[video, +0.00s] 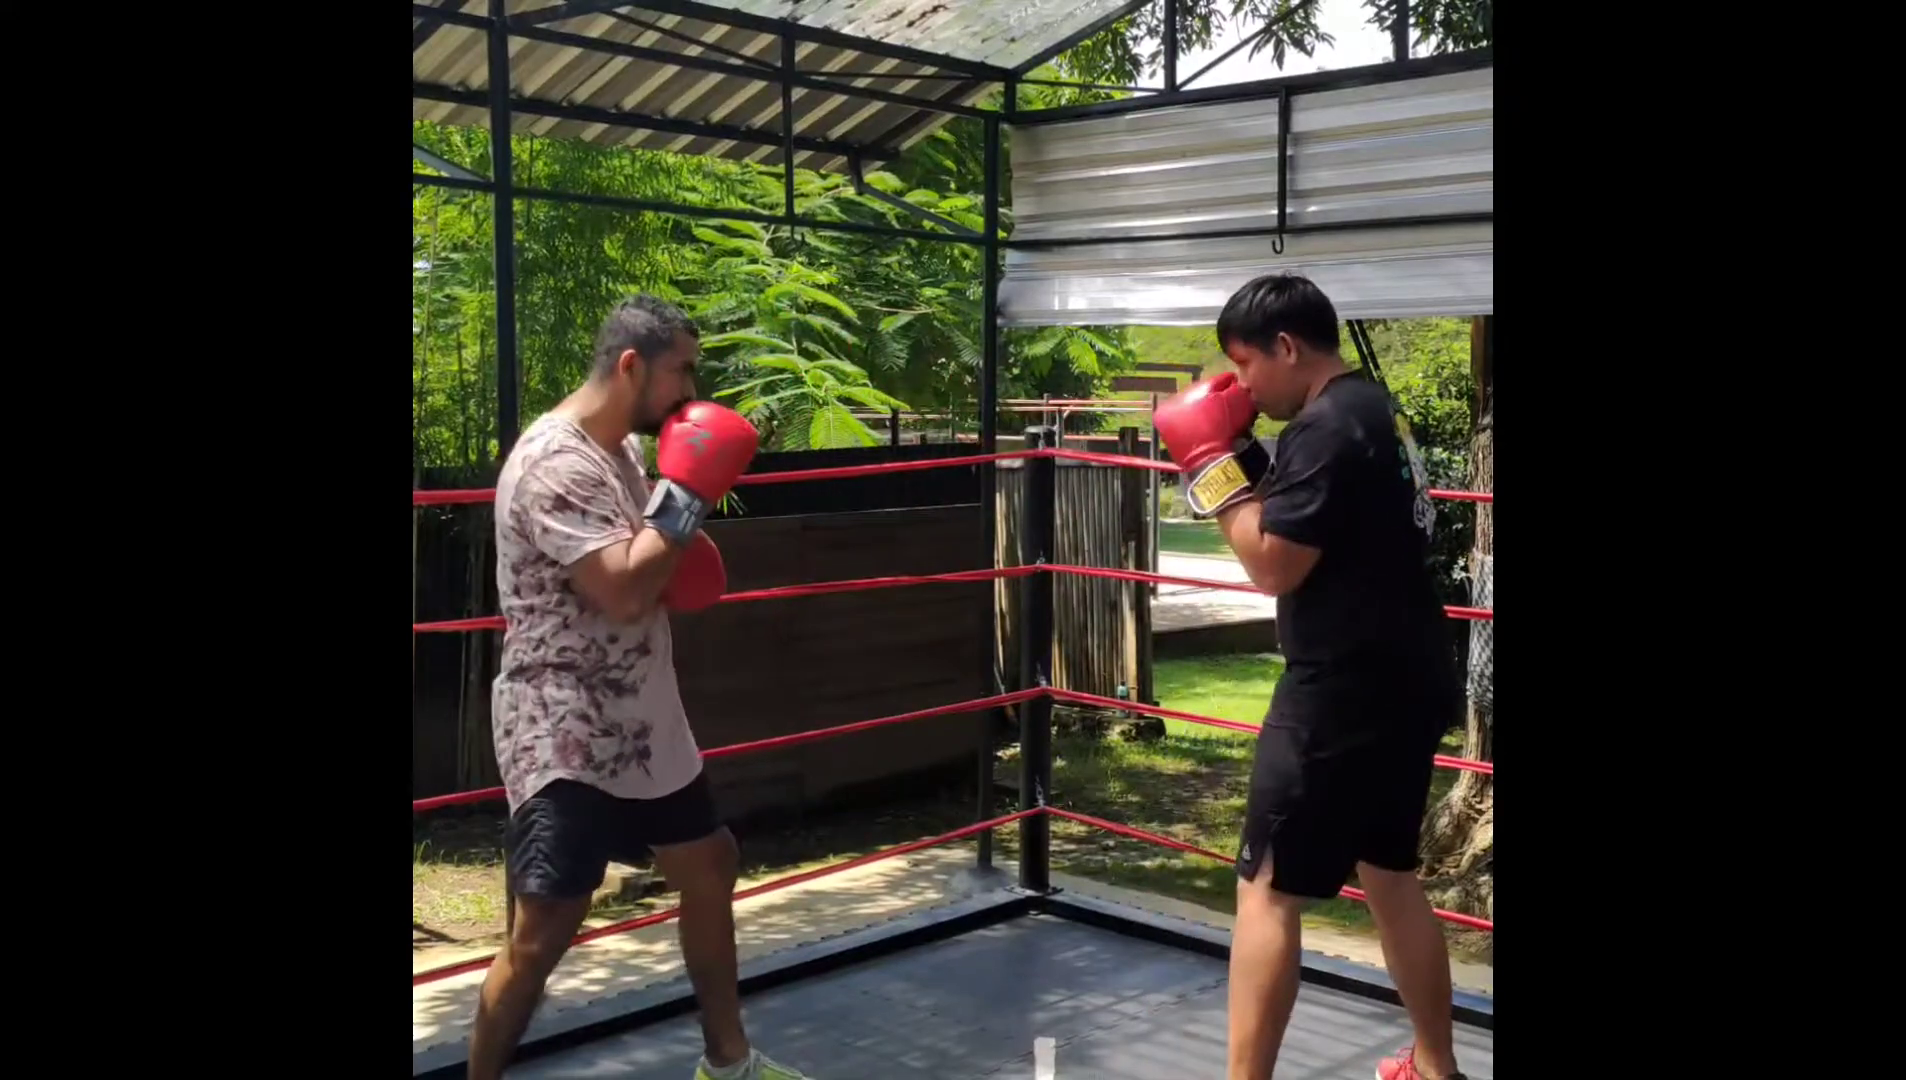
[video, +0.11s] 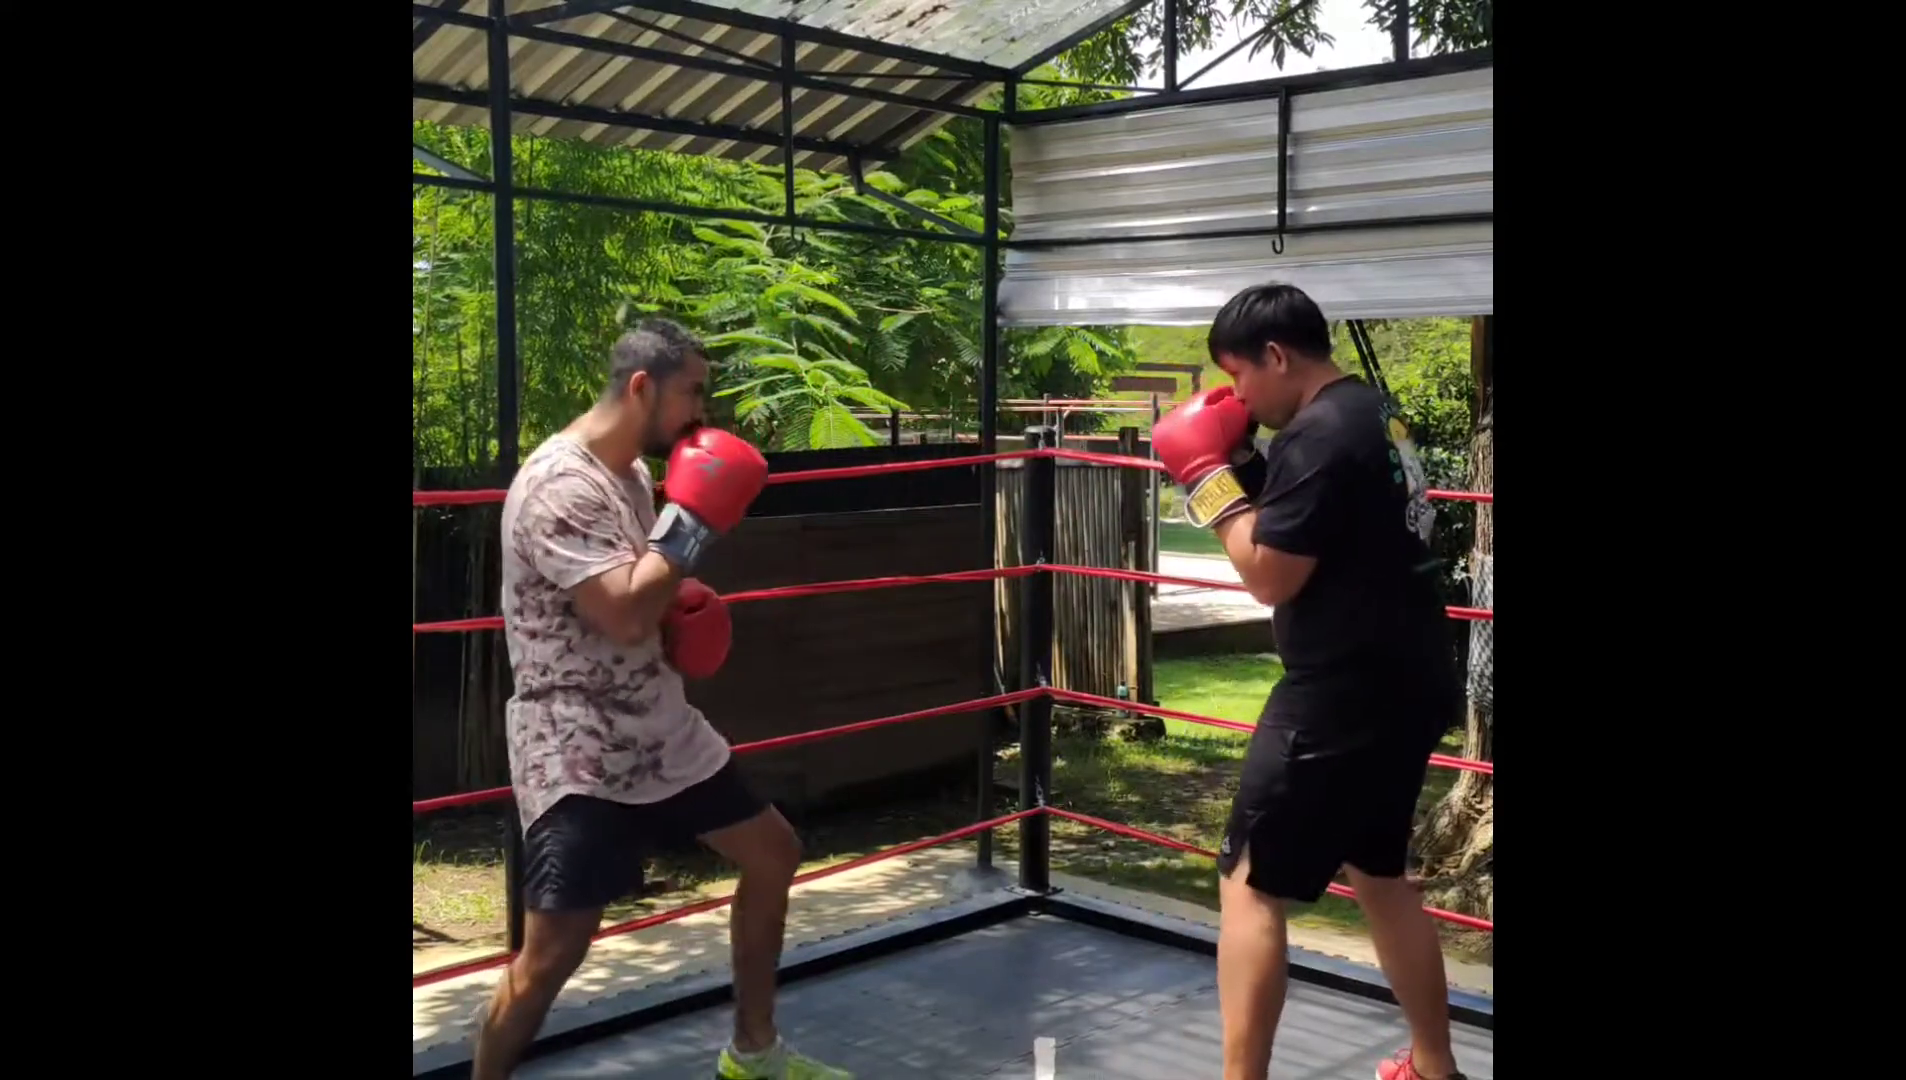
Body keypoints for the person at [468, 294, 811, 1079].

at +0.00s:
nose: (691, 391)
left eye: (695, 373)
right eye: (683, 370)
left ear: (630, 369)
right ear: (631, 365)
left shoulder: (627, 455)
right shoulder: (551, 461)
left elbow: (623, 590)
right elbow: (619, 593)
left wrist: (672, 583)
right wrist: (683, 493)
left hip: (646, 725)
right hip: (565, 735)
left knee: (709, 868)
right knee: (539, 936)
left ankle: (730, 1058)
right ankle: (481, 1074)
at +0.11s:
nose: (702, 413)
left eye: (705, 394)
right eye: (694, 392)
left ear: (643, 391)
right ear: (641, 387)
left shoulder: (633, 479)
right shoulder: (556, 486)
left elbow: (634, 606)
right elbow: (623, 615)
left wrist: (680, 630)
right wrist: (692, 514)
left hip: (661, 730)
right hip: (575, 749)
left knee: (771, 852)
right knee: (550, 956)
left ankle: (755, 1047)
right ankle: (488, 1075)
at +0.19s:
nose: (720, 412)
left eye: (723, 394)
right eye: (712, 391)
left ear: (661, 389)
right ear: (658, 385)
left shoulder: (664, 481)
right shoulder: (569, 485)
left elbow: (654, 617)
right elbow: (629, 610)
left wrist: (708, 619)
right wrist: (701, 518)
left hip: (688, 740)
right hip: (592, 755)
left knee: (774, 869)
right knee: (560, 948)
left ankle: (802, 1055)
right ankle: (488, 1074)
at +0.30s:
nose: (758, 395)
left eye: (762, 379)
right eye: (750, 376)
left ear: (710, 372)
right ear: (695, 366)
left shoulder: (724, 468)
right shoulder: (598, 463)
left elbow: (760, 543)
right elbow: (620, 576)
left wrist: (817, 542)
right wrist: (714, 505)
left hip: (724, 725)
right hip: (618, 734)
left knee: (797, 868)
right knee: (559, 927)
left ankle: (809, 1054)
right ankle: (489, 1074)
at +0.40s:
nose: (790, 396)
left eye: (794, 382)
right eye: (782, 378)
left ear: (743, 376)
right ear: (726, 369)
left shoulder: (781, 456)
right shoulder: (631, 451)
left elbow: (897, 463)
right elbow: (624, 572)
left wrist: (976, 423)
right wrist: (721, 494)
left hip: (740, 723)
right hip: (629, 726)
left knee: (812, 866)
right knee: (570, 911)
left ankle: (811, 1052)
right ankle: (499, 1072)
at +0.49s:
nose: (802, 407)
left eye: (806, 391)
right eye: (795, 388)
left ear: (753, 378)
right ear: (741, 374)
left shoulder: (790, 455)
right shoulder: (641, 458)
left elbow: (905, 469)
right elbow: (637, 580)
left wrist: (987, 448)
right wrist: (734, 501)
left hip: (750, 729)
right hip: (635, 731)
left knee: (820, 867)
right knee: (572, 910)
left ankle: (811, 1052)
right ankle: (500, 1072)